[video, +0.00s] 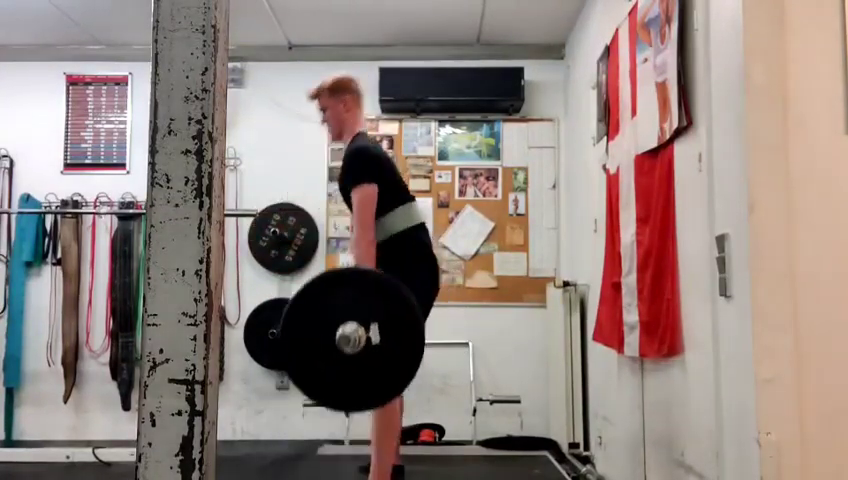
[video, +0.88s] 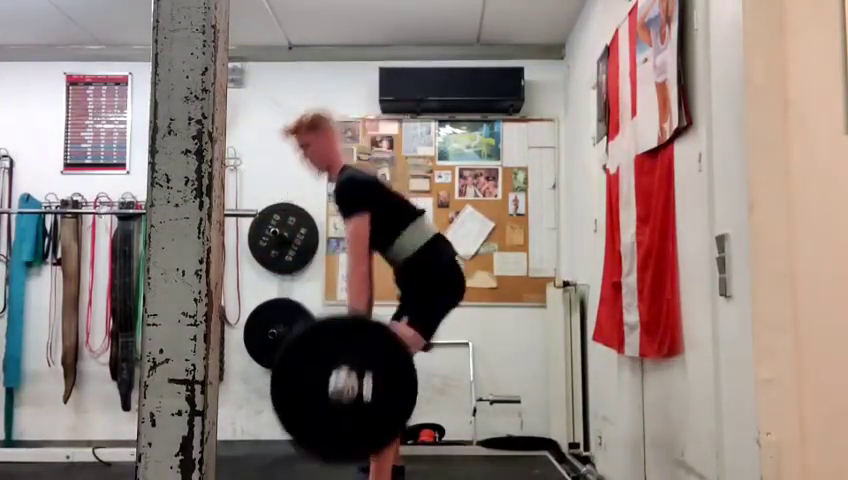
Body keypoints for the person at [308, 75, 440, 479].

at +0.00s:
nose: (323, 120)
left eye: (326, 111)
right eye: (322, 112)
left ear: (346, 106)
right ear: (349, 108)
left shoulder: (362, 155)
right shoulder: (363, 154)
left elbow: (365, 231)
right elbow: (365, 233)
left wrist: (362, 295)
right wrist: (362, 292)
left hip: (407, 271)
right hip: (405, 270)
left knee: (386, 374)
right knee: (386, 373)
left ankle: (382, 471)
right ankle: (387, 466)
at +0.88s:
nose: (305, 157)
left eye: (306, 147)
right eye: (301, 149)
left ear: (325, 140)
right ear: (325, 144)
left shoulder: (352, 185)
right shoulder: (350, 184)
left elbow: (359, 266)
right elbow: (360, 265)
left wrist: (358, 331)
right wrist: (358, 331)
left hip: (435, 280)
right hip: (427, 280)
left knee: (385, 365)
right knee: (384, 365)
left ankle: (381, 471)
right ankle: (386, 468)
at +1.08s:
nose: (271, 267)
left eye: (269, 254)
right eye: (265, 260)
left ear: (288, 238)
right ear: (298, 235)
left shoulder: (327, 272)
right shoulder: (329, 268)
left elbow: (355, 344)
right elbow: (358, 341)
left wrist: (356, 404)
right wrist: (356, 396)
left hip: (451, 302)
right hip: (443, 300)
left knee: (374, 368)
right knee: (378, 368)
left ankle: (392, 457)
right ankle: (394, 454)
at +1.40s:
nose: (277, 290)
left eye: (272, 282)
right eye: (270, 287)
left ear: (284, 256)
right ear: (285, 253)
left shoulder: (324, 271)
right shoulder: (327, 266)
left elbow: (351, 346)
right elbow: (359, 341)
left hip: (445, 314)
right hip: (436, 311)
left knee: (361, 367)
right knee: (365, 367)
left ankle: (375, 451)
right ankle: (387, 448)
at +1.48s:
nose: (277, 288)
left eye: (272, 279)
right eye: (270, 284)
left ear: (284, 255)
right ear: (285, 252)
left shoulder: (327, 272)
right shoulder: (328, 268)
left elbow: (350, 353)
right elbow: (357, 346)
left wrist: (356, 412)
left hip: (446, 314)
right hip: (435, 312)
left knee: (360, 367)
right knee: (363, 365)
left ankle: (380, 453)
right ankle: (385, 451)